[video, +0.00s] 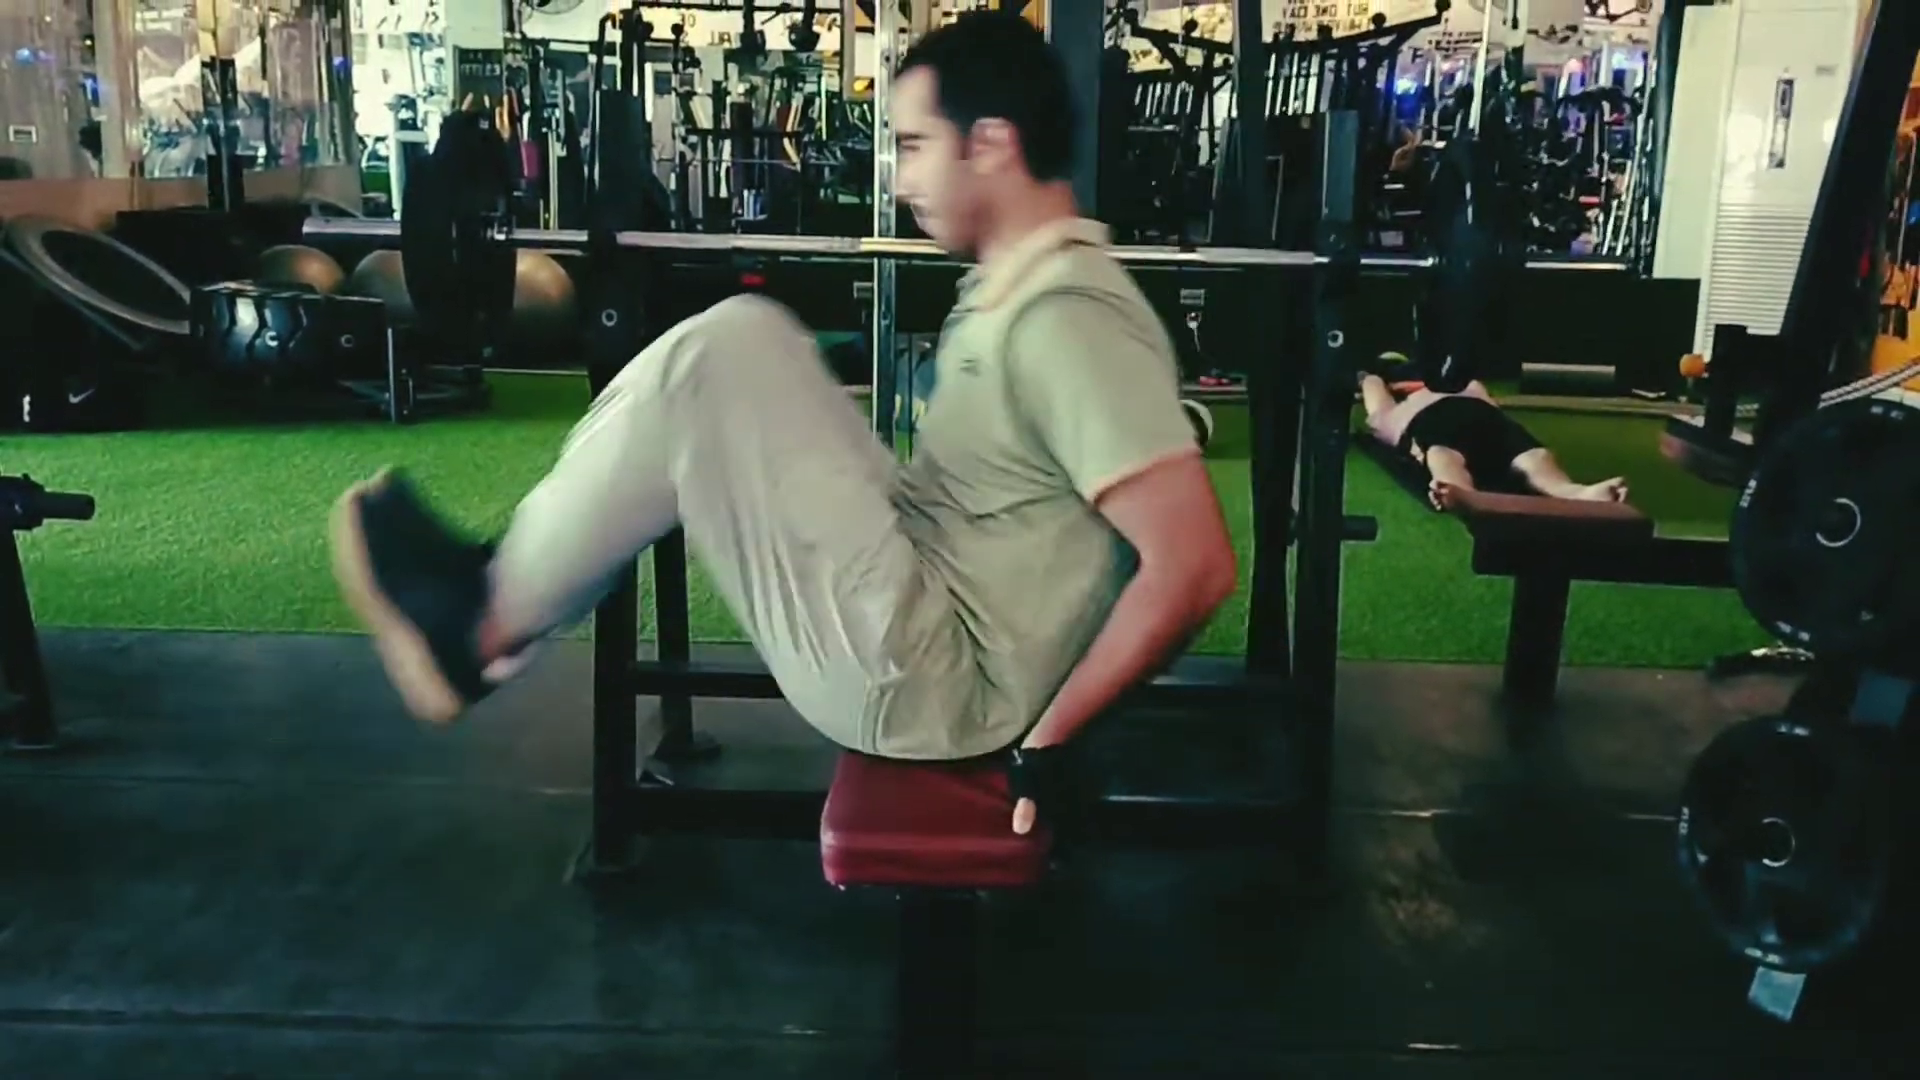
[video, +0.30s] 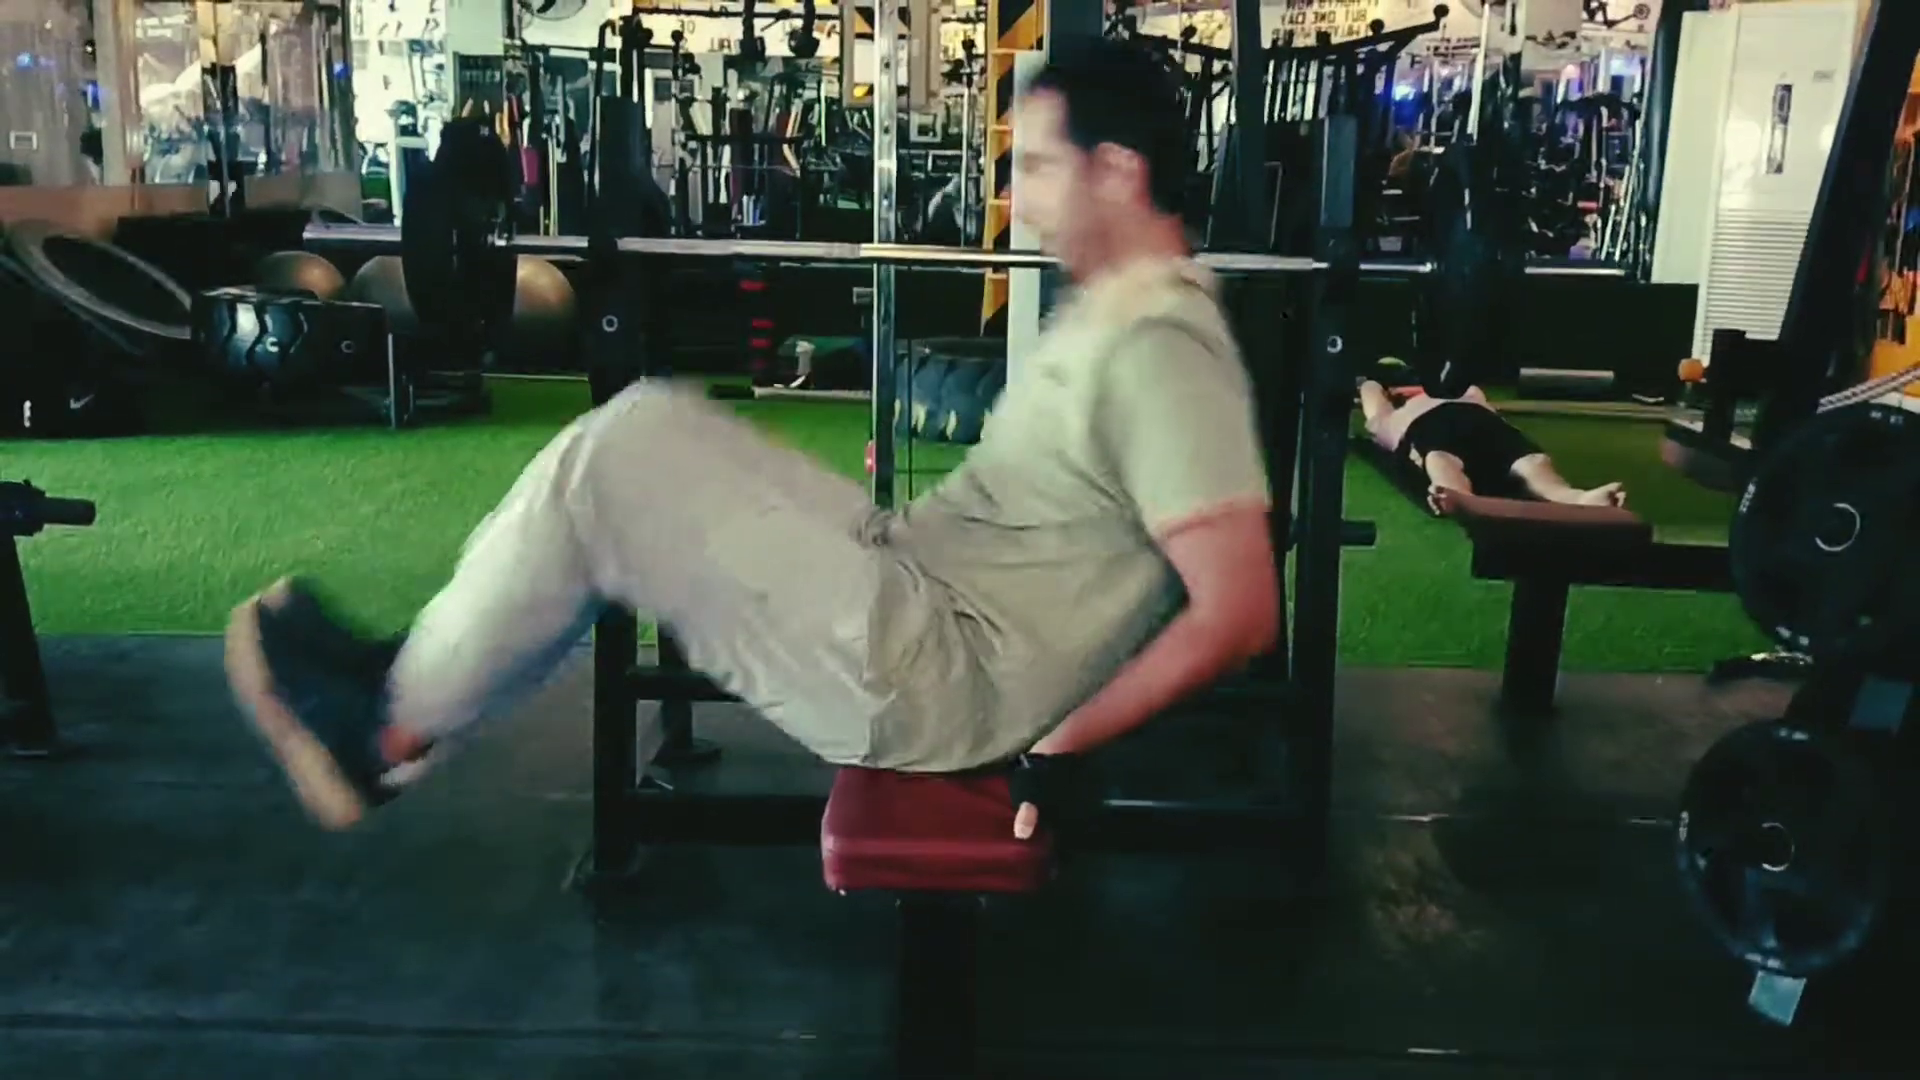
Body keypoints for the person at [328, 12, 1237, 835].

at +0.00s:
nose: (896, 181)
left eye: (911, 146)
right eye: (894, 150)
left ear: (995, 147)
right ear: (989, 150)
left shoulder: (1066, 309)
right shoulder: (1019, 293)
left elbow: (1190, 564)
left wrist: (1039, 744)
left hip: (937, 680)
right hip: (918, 646)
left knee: (730, 345)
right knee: (717, 348)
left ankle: (483, 632)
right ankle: (486, 610)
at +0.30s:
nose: (1013, 194)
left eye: (1031, 167)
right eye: (1013, 166)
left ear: (1119, 176)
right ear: (1110, 173)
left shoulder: (1159, 341)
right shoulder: (1111, 312)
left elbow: (1238, 611)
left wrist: (1047, 744)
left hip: (952, 675)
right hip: (931, 606)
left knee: (628, 453)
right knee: (652, 426)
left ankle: (385, 737)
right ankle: (411, 698)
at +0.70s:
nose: (1078, 203)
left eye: (1100, 176)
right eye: (1080, 177)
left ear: (1191, 187)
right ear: (1162, 191)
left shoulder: (1215, 358)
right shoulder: (1157, 328)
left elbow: (1250, 630)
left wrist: (1057, 751)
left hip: (954, 667)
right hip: (924, 610)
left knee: (611, 501)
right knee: (614, 492)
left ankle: (330, 750)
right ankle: (347, 722)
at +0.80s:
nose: (987, 186)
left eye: (1006, 154)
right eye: (986, 156)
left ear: (1096, 159)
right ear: (1088, 160)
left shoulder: (1156, 325)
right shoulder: (1081, 296)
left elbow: (1220, 598)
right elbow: (1032, 502)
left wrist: (1044, 760)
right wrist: (894, 525)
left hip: (963, 684)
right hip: (933, 630)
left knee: (678, 409)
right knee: (677, 410)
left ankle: (421, 688)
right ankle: (428, 674)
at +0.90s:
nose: (895, 185)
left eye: (908, 151)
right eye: (891, 154)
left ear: (990, 150)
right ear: (987, 152)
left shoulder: (1079, 312)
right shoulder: (1018, 295)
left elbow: (1192, 576)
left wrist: (1039, 758)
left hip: (948, 689)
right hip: (919, 658)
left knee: (747, 348)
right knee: (736, 348)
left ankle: (501, 637)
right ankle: (506, 608)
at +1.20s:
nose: (984, 199)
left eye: (1000, 169)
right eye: (984, 171)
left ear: (1087, 177)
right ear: (1083, 177)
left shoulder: (1131, 345)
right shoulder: (1083, 312)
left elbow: (1229, 612)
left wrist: (1042, 754)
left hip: (942, 687)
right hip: (918, 618)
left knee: (616, 463)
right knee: (642, 431)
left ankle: (374, 745)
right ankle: (394, 704)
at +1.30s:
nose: (1069, 228)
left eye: (1090, 200)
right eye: (1069, 201)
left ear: (1179, 209)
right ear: (1151, 212)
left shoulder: (1192, 375)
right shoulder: (1145, 348)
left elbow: (1258, 646)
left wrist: (1059, 763)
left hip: (931, 683)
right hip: (899, 612)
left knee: (564, 559)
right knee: (581, 531)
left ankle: (267, 814)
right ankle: (299, 776)